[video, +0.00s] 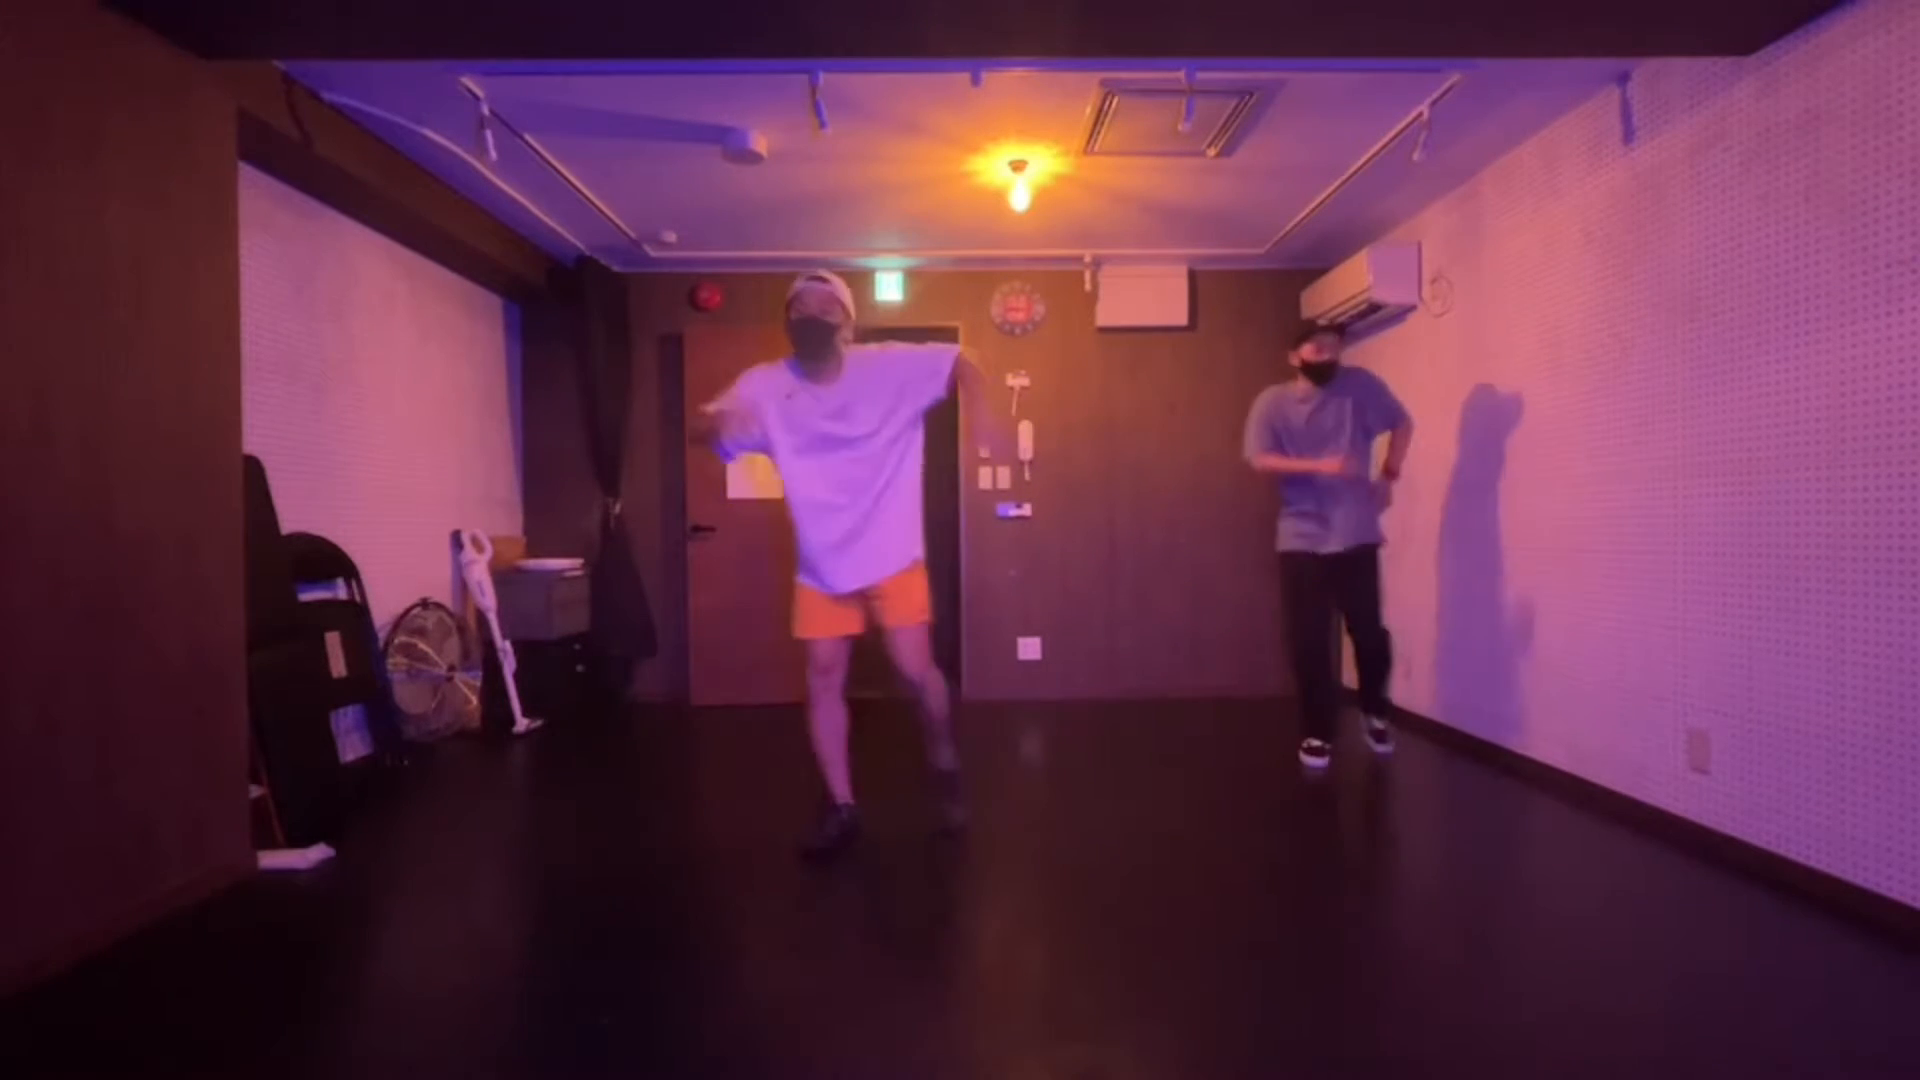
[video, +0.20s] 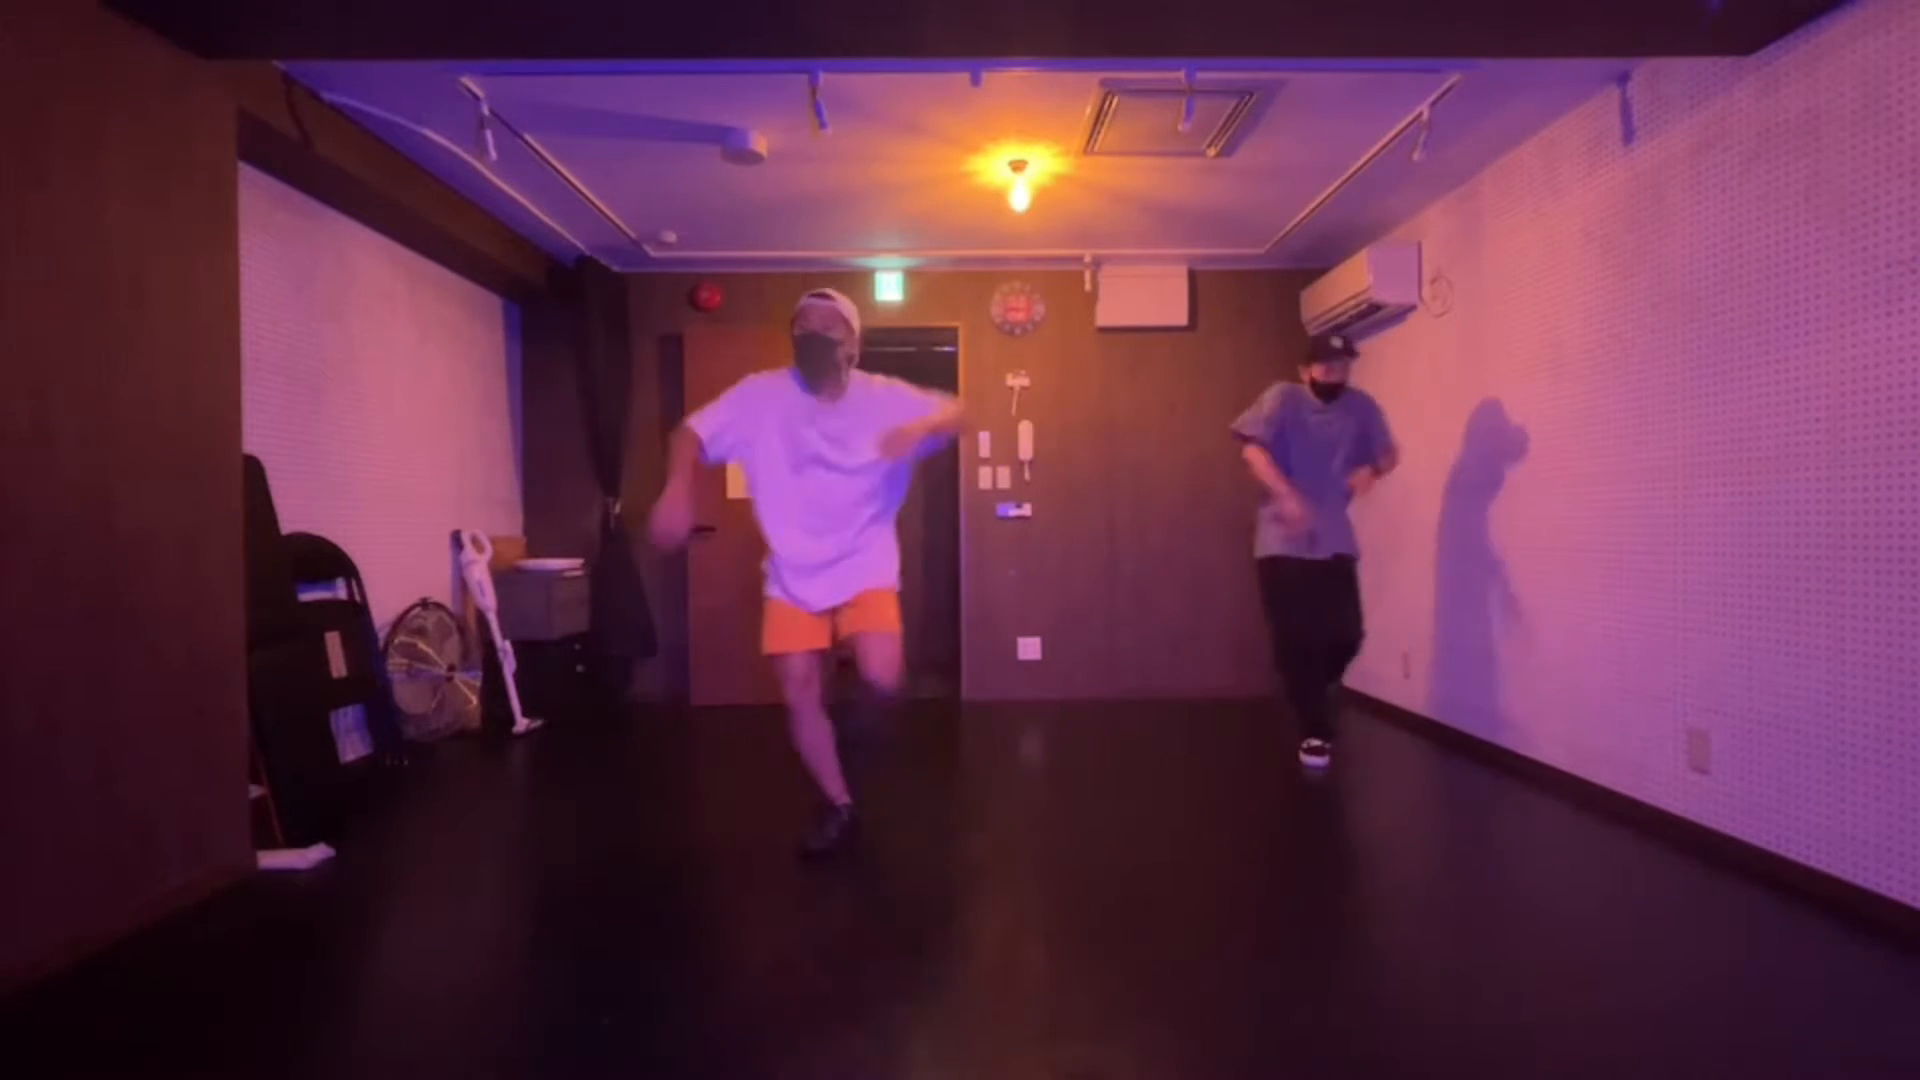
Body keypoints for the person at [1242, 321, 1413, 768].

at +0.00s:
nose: (1325, 360)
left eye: (1330, 352)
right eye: (1315, 352)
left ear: (1339, 353)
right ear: (1295, 356)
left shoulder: (1359, 386)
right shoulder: (1272, 401)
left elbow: (1400, 423)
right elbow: (1258, 458)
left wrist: (1389, 469)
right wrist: (1319, 466)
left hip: (1355, 539)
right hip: (1301, 543)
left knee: (1367, 633)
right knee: (1308, 642)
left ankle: (1374, 709)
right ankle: (1316, 731)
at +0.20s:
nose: (1331, 370)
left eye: (1339, 362)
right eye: (1323, 362)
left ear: (1349, 364)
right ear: (1305, 364)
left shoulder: (1360, 405)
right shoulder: (1284, 397)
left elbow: (1386, 455)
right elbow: (1252, 448)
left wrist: (1366, 476)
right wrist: (1286, 496)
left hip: (1334, 546)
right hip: (1284, 548)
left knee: (1345, 637)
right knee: (1298, 644)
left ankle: (1310, 704)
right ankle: (1313, 733)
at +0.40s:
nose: (1329, 395)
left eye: (1335, 387)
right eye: (1321, 386)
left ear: (1344, 391)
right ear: (1303, 389)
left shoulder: (1342, 445)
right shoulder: (1275, 418)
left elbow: (1343, 509)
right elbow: (1233, 469)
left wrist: (1337, 490)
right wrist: (1225, 527)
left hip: (1318, 562)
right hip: (1269, 551)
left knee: (1319, 651)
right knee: (1295, 641)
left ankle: (1264, 707)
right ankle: (1314, 735)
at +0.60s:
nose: (1309, 371)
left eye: (1317, 363)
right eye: (1302, 361)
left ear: (1324, 370)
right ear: (1282, 365)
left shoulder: (1320, 418)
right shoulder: (1252, 403)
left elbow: (1350, 474)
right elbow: (1200, 444)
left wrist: (1333, 444)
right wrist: (1197, 497)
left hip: (1297, 546)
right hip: (1253, 539)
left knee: (1293, 637)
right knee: (1282, 634)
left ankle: (1255, 715)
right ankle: (1295, 730)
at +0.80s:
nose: (1274, 359)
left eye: (1282, 352)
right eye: (1265, 352)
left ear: (1292, 360)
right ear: (1248, 360)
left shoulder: (1305, 406)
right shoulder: (1226, 404)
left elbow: (1352, 435)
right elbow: (1175, 443)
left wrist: (1312, 450)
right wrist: (1183, 490)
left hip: (1279, 539)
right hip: (1233, 533)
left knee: (1278, 628)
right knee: (1247, 621)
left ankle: (1263, 716)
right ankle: (1238, 714)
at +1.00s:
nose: (1235, 365)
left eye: (1242, 358)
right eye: (1225, 358)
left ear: (1255, 367)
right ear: (1210, 371)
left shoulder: (1279, 415)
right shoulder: (1197, 420)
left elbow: (1302, 470)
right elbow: (1163, 476)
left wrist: (1262, 499)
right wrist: (1169, 523)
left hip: (1266, 550)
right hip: (1214, 548)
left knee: (1267, 635)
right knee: (1210, 631)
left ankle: (1255, 717)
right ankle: (1199, 714)